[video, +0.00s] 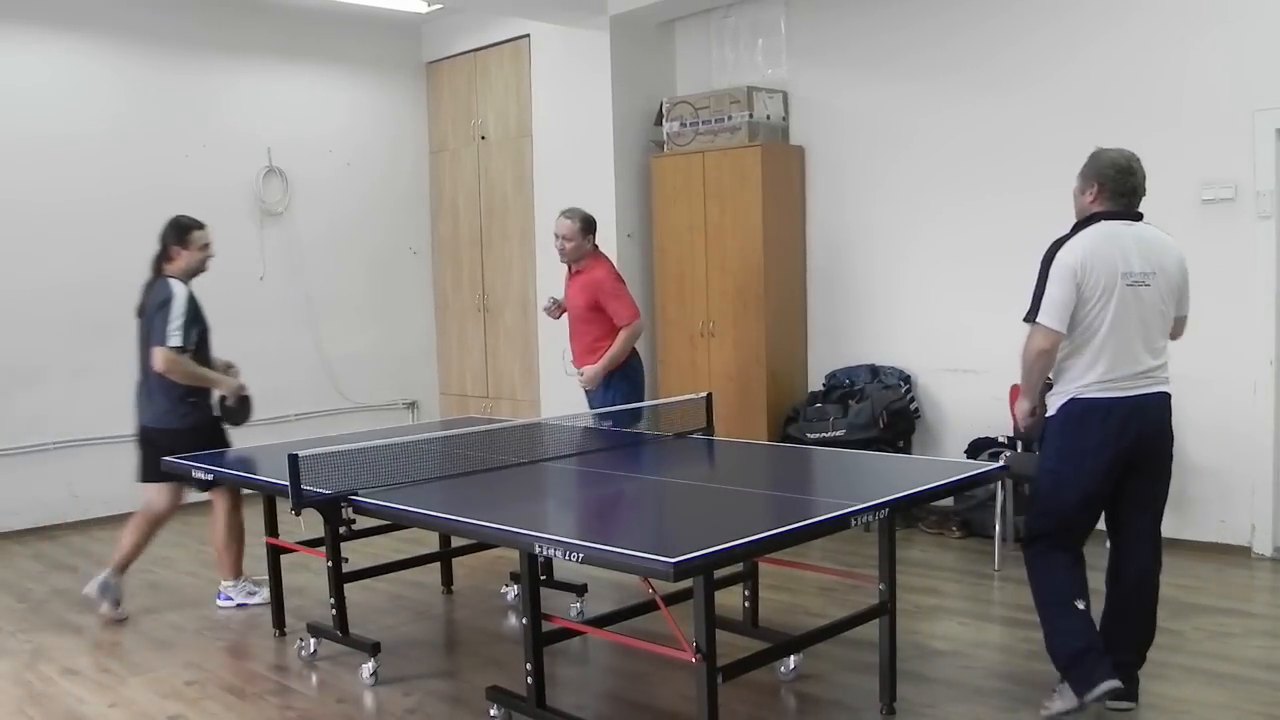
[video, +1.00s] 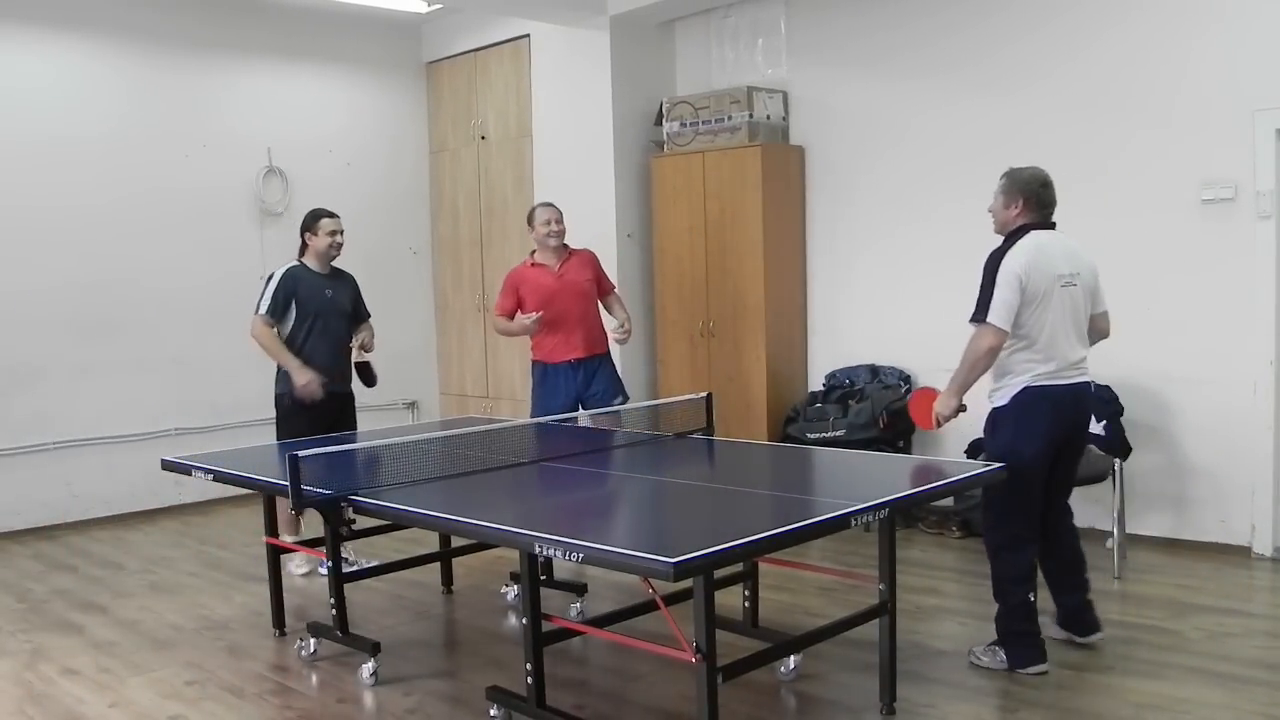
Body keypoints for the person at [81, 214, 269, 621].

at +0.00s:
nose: (209, 256)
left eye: (208, 248)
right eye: (203, 249)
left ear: (175, 253)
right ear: (176, 252)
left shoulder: (157, 290)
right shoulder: (177, 293)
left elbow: (171, 352)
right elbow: (165, 361)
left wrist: (213, 364)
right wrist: (219, 382)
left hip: (158, 420)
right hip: (190, 422)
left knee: (161, 501)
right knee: (225, 492)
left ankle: (110, 579)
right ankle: (232, 586)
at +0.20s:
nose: (249, 245)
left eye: (248, 237)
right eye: (242, 238)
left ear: (216, 243)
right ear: (217, 242)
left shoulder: (203, 278)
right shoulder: (211, 281)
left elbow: (215, 342)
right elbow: (211, 350)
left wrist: (258, 352)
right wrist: (263, 362)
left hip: (208, 403)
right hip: (220, 406)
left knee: (237, 481)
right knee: (240, 490)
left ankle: (201, 546)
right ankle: (232, 585)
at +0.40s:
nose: (279, 248)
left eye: (279, 241)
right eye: (272, 242)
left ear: (253, 245)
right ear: (247, 245)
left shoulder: (256, 281)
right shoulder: (237, 283)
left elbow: (261, 337)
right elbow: (240, 349)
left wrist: (294, 350)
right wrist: (289, 358)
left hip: (257, 403)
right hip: (242, 406)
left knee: (274, 484)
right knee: (256, 490)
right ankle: (232, 582)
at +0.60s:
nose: (312, 250)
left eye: (313, 243)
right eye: (305, 244)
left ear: (300, 247)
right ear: (281, 246)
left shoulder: (306, 287)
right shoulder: (263, 286)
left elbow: (307, 331)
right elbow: (250, 346)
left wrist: (323, 349)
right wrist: (303, 359)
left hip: (300, 404)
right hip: (266, 408)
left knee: (326, 479)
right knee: (265, 492)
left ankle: (334, 555)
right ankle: (236, 576)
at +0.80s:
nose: (335, 243)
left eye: (336, 236)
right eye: (328, 236)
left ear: (332, 240)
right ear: (304, 239)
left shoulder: (336, 280)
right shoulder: (282, 280)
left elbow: (350, 326)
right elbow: (260, 333)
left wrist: (351, 343)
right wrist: (313, 354)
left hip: (326, 395)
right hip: (288, 399)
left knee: (335, 474)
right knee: (280, 480)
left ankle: (335, 553)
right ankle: (257, 556)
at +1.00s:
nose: (340, 239)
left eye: (341, 233)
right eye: (333, 234)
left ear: (337, 238)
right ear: (309, 237)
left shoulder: (346, 280)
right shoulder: (287, 277)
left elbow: (363, 324)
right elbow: (260, 327)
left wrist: (365, 336)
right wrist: (295, 368)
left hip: (340, 394)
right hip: (298, 394)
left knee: (341, 471)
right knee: (293, 475)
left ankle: (336, 547)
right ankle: (292, 551)